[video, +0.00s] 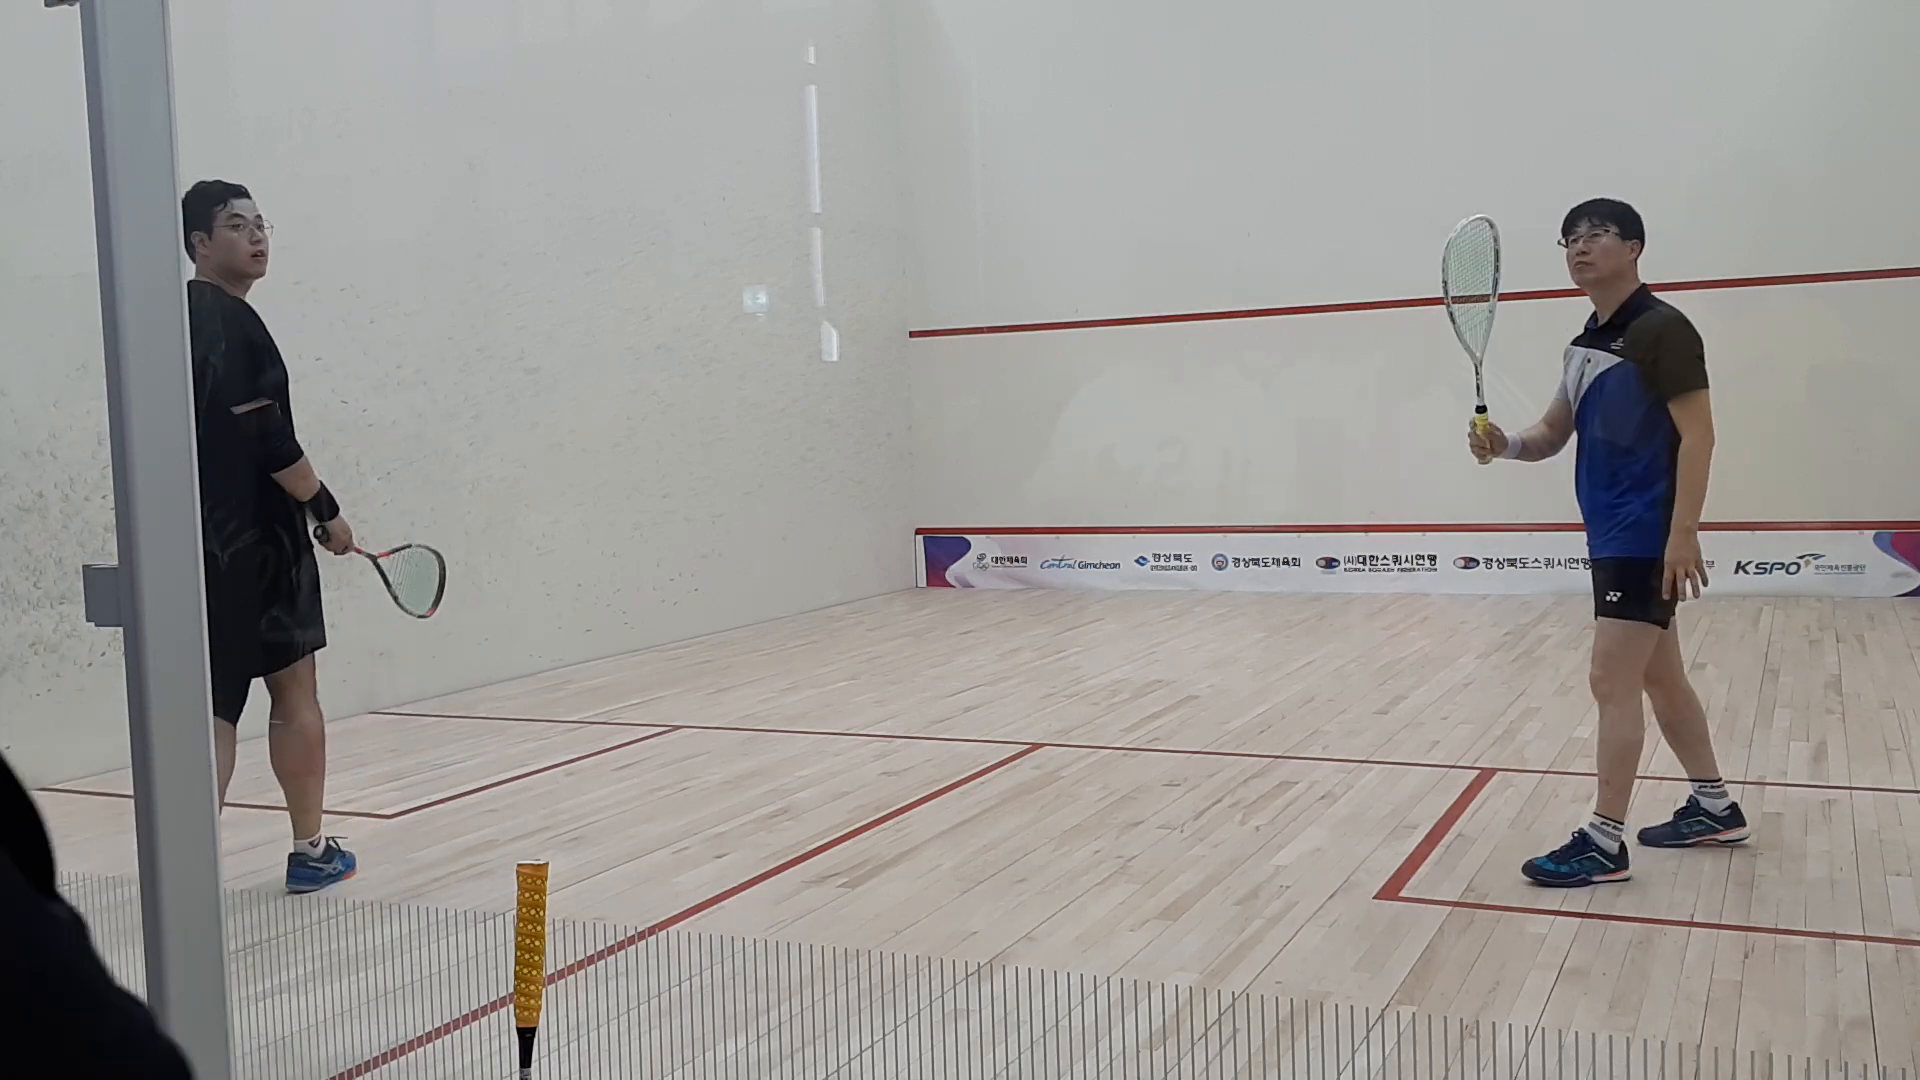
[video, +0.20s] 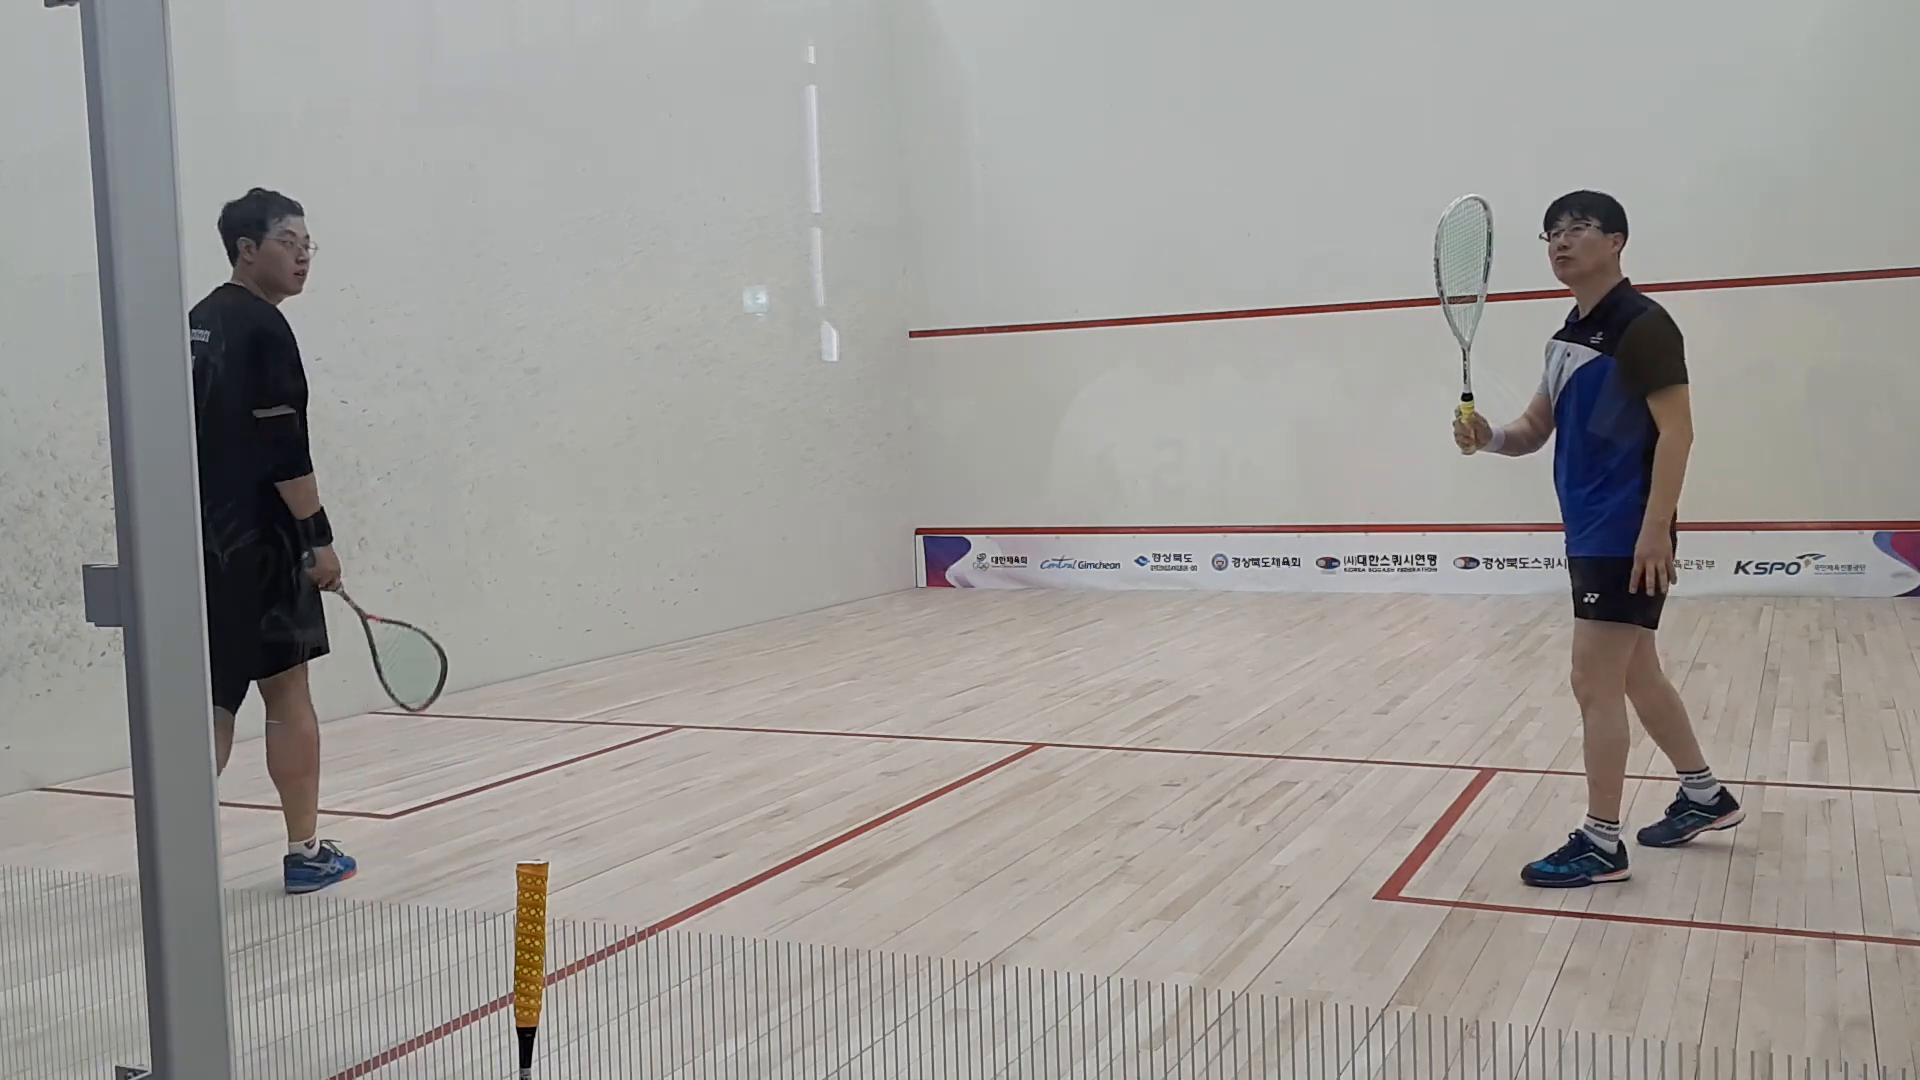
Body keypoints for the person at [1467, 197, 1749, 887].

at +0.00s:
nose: (1578, 247)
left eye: (1594, 235)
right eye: (1571, 240)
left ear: (1632, 248)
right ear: (1566, 260)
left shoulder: (1663, 329)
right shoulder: (1585, 345)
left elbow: (1699, 434)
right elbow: (1549, 435)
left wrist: (1684, 531)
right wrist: (1505, 444)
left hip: (1645, 540)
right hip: (1612, 539)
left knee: (1613, 681)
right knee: (1664, 679)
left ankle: (1606, 837)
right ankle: (1714, 802)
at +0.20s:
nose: (1560, 242)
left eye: (1576, 229)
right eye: (1553, 235)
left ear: (1615, 242)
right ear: (1550, 254)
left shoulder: (1645, 326)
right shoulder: (1568, 336)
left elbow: (1677, 431)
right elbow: (1532, 430)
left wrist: (1657, 528)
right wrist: (1489, 437)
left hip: (1624, 539)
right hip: (1591, 538)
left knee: (1595, 683)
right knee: (1640, 675)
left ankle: (1603, 838)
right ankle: (1704, 789)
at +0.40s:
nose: (1526, 255)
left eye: (1539, 240)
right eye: (1523, 244)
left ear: (1584, 243)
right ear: (1537, 253)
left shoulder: (1630, 325)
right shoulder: (1554, 336)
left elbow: (1659, 432)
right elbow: (1515, 430)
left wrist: (1631, 526)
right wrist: (1466, 440)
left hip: (1612, 536)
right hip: (1576, 536)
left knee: (1589, 683)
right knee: (1628, 677)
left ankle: (1602, 838)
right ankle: (1696, 785)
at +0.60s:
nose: (1499, 258)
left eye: (1510, 245)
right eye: (1498, 247)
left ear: (1556, 247)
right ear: (1536, 253)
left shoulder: (1611, 325)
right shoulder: (1538, 336)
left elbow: (1646, 433)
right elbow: (1503, 431)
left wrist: (1618, 528)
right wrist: (1448, 445)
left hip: (1609, 536)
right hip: (1571, 536)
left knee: (1585, 688)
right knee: (1625, 677)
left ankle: (1601, 840)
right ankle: (1693, 783)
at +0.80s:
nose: (1487, 257)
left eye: (1497, 243)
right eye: (1487, 245)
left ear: (1541, 247)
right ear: (1527, 252)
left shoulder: (1597, 326)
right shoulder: (1521, 341)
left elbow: (1636, 433)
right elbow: (1472, 429)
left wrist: (1612, 528)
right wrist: (1395, 436)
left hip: (1605, 536)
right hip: (1566, 538)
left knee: (1578, 685)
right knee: (1621, 674)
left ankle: (1601, 838)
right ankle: (1689, 780)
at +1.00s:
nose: (1464, 270)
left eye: (1473, 256)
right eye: (1464, 257)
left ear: (1515, 254)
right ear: (1503, 259)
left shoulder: (1584, 329)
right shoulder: (1504, 346)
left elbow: (1631, 437)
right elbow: (1462, 430)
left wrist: (1608, 532)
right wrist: (1387, 448)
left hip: (1595, 538)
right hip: (1557, 541)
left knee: (1579, 688)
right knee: (1614, 674)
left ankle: (1600, 838)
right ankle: (1683, 778)